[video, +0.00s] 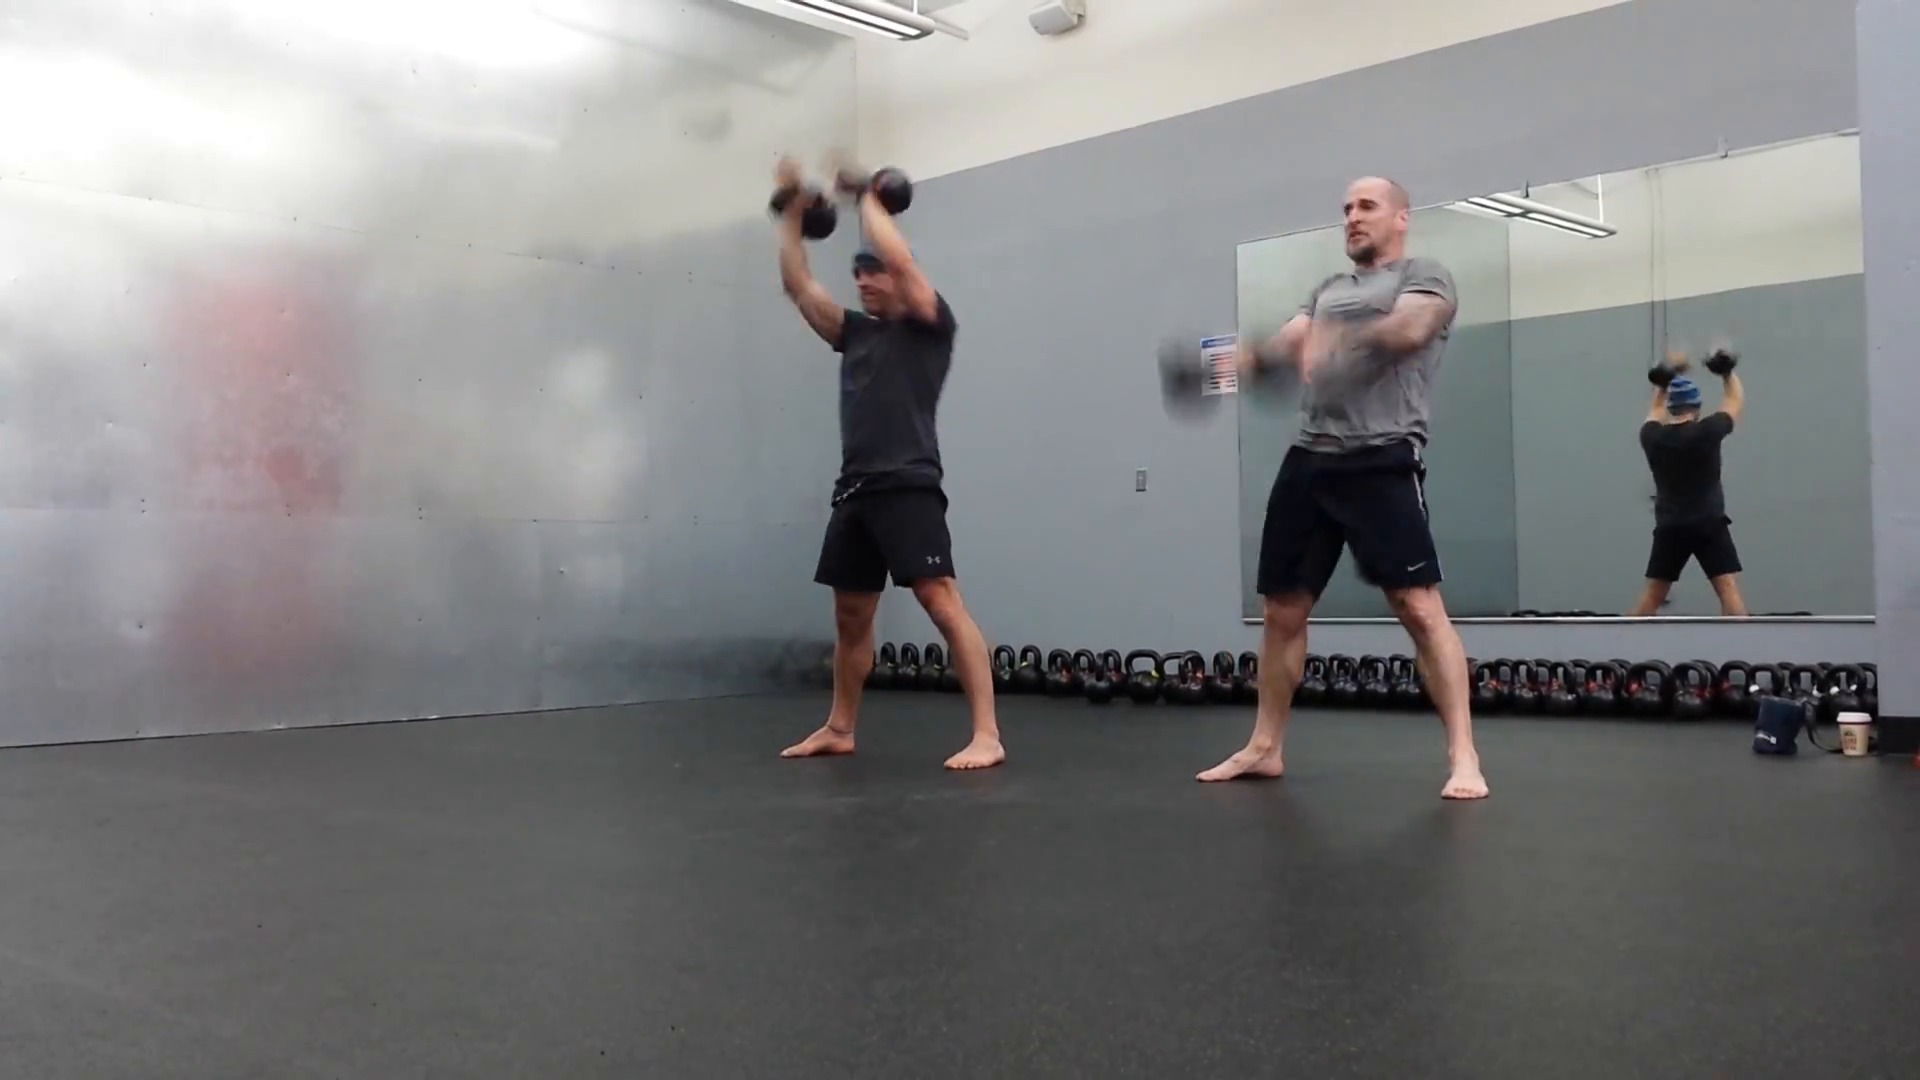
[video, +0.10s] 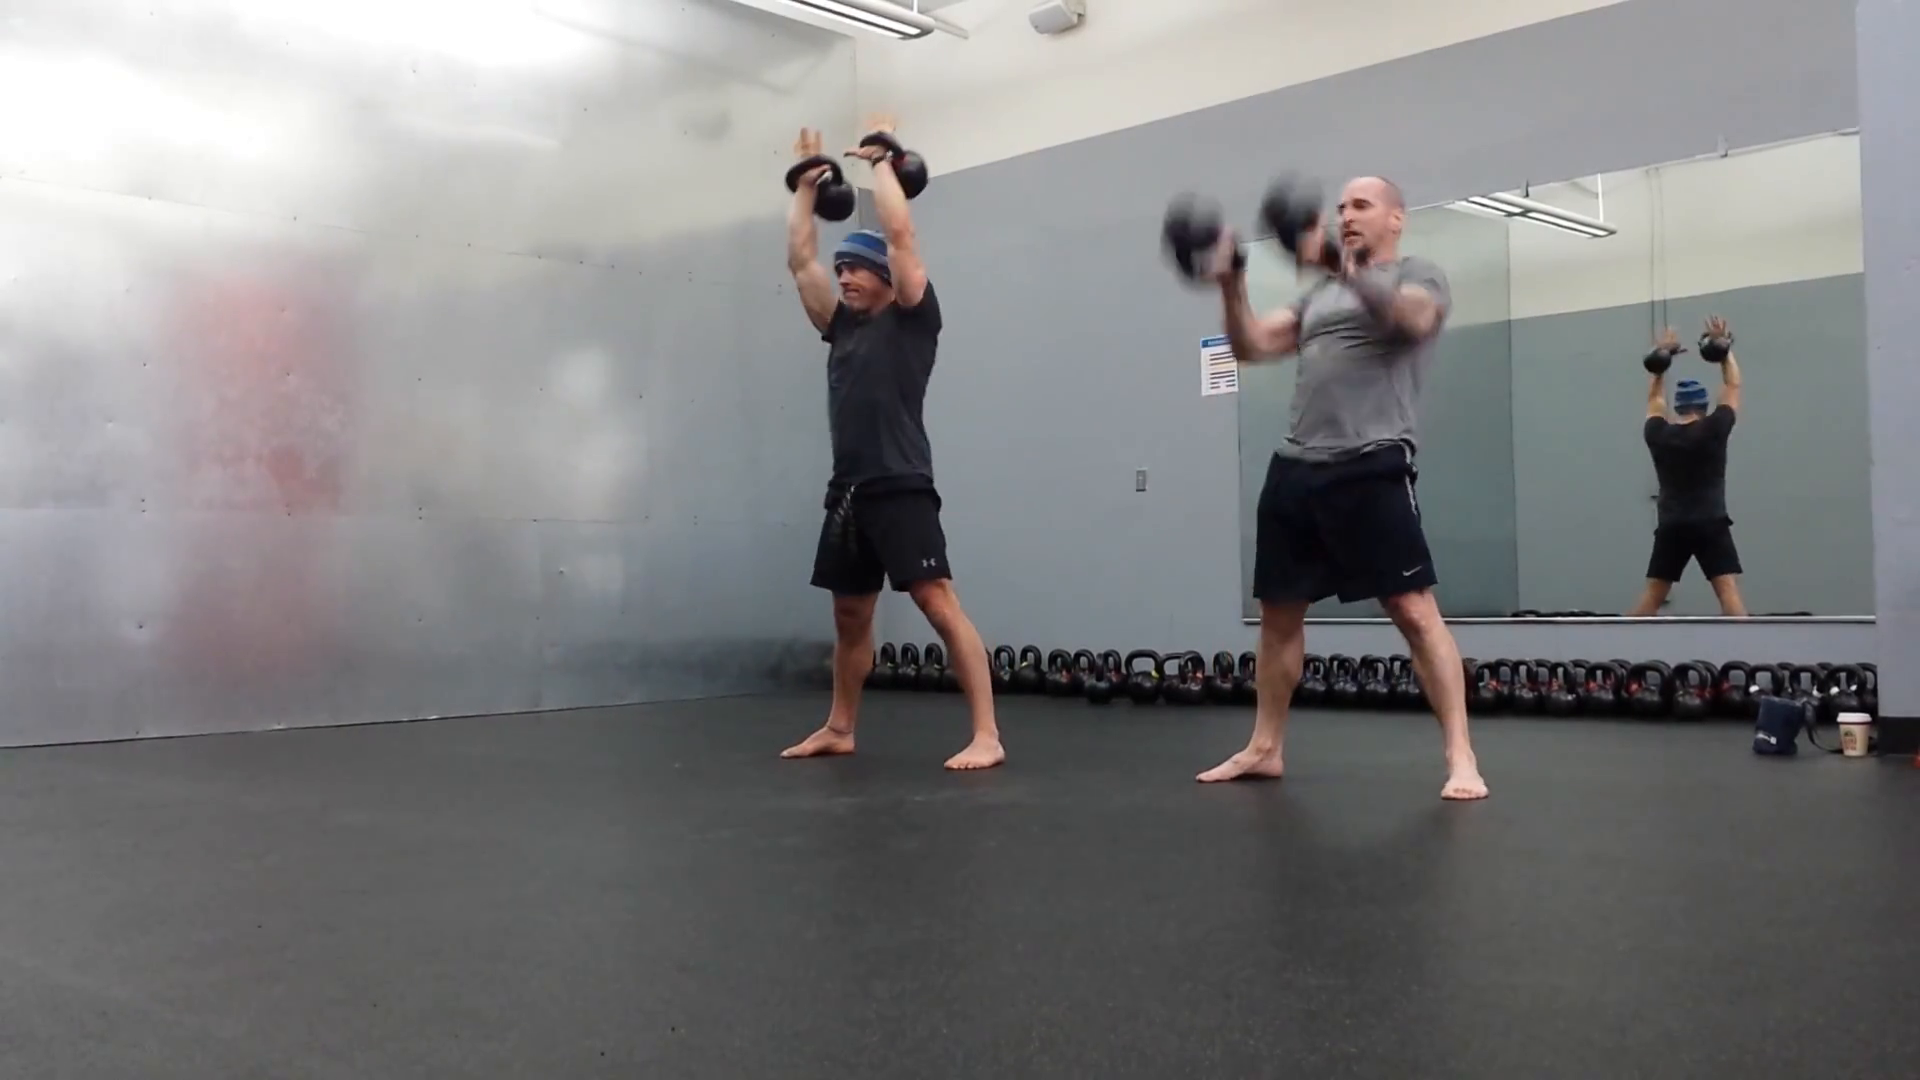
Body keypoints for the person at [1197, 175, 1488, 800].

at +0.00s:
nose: (1353, 218)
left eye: (1367, 206)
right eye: (1347, 210)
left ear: (1402, 218)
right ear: (1343, 225)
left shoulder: (1427, 278)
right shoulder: (1328, 292)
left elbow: (1406, 332)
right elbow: (1289, 344)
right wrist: (1248, 358)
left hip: (1384, 466)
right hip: (1311, 466)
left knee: (1420, 610)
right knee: (1282, 611)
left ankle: (1463, 757)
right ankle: (1264, 746)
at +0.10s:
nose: (1347, 216)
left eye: (1361, 205)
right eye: (1341, 208)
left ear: (1398, 219)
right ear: (1334, 224)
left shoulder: (1419, 276)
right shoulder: (1320, 295)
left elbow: (1415, 321)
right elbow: (1253, 344)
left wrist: (1341, 266)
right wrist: (1231, 282)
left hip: (1374, 468)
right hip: (1297, 471)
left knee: (1413, 612)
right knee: (1279, 613)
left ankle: (1461, 757)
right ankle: (1265, 747)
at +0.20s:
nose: (1323, 210)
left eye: (1334, 199)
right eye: (1316, 201)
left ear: (1363, 209)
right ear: (1309, 213)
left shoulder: (1393, 269)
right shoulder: (1297, 280)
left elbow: (1409, 264)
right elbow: (1211, 285)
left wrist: (1364, 195)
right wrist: (1221, 215)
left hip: (1367, 465)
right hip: (1289, 468)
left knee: (1412, 612)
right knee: (1280, 613)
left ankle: (1457, 755)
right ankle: (1264, 744)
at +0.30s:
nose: (1297, 202)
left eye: (1312, 189)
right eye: (1292, 193)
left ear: (1351, 194)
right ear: (1289, 202)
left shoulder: (1379, 256)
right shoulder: (1280, 265)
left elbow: (1381, 180)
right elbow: (1208, 212)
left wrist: (1337, 94)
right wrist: (1219, 126)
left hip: (1363, 464)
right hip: (1286, 468)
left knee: (1412, 614)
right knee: (1282, 617)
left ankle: (1459, 759)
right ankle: (1264, 745)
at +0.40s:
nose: (1284, 203)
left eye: (1296, 191)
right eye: (1279, 195)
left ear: (1334, 195)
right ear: (1274, 207)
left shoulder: (1364, 252)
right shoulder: (1268, 262)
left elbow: (1369, 148)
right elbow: (1223, 172)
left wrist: (1350, 54)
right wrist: (1230, 70)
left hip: (1357, 465)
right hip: (1281, 470)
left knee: (1410, 611)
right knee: (1282, 615)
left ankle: (1460, 758)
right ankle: (1264, 745)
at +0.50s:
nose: (1278, 209)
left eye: (1291, 195)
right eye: (1272, 199)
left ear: (1329, 198)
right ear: (1267, 209)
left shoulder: (1363, 252)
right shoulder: (1265, 258)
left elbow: (1377, 144)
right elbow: (1232, 163)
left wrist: (1369, 45)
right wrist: (1244, 64)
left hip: (1352, 466)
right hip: (1276, 469)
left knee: (1408, 614)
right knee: (1279, 617)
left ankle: (1459, 760)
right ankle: (1264, 746)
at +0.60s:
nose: (1285, 208)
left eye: (1298, 196)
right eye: (1279, 200)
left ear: (1334, 197)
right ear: (1272, 210)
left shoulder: (1365, 250)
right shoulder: (1270, 256)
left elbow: (1374, 139)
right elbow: (1245, 152)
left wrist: (1369, 45)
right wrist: (1253, 58)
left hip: (1350, 464)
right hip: (1274, 468)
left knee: (1405, 615)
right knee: (1278, 617)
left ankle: (1458, 761)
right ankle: (1264, 747)